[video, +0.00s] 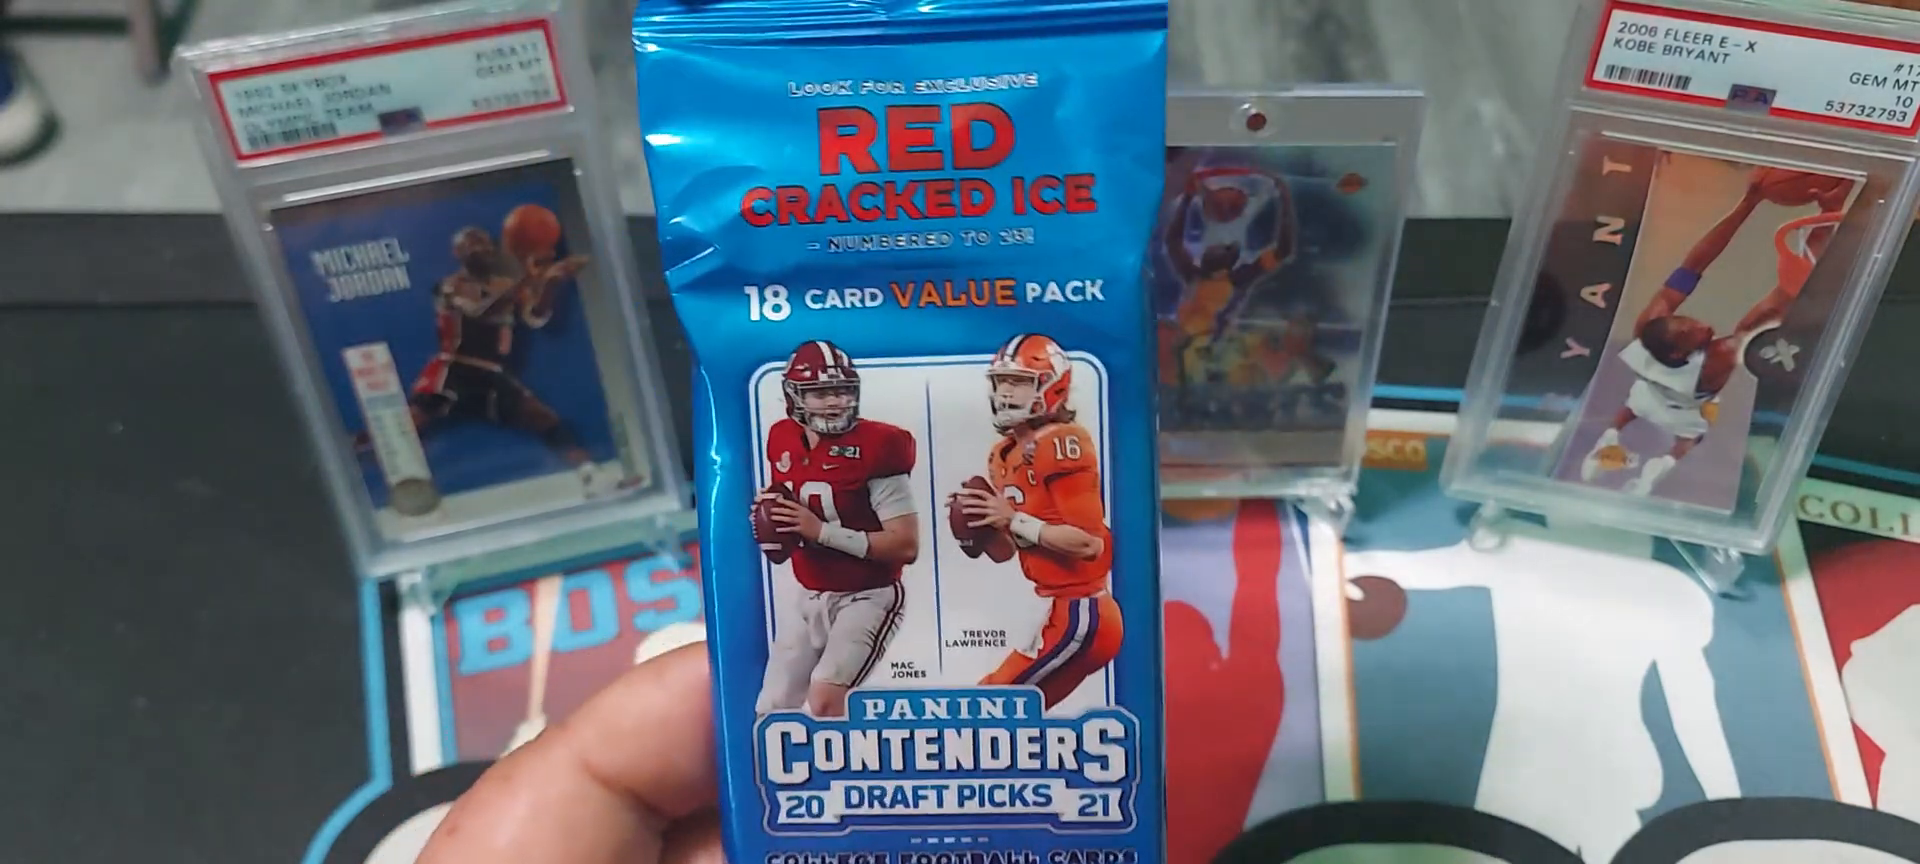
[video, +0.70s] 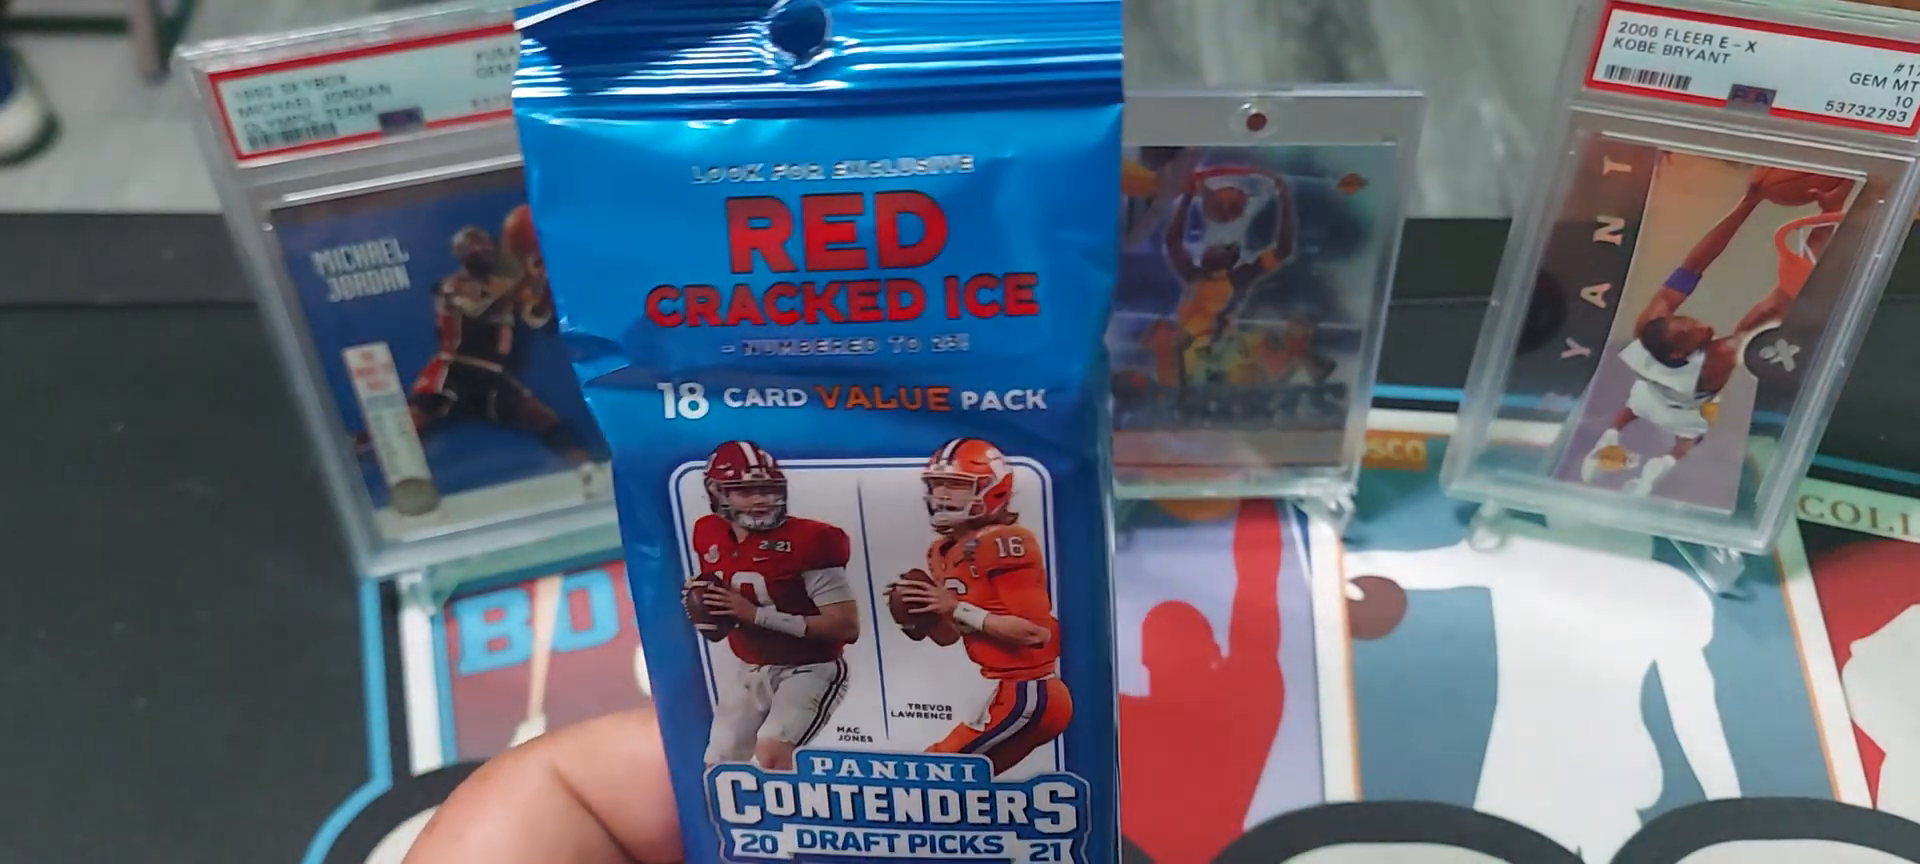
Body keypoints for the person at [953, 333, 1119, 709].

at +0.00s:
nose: (1004, 393)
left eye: (1017, 383)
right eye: (999, 382)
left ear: (1049, 387)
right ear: (992, 385)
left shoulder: (1062, 442)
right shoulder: (1002, 454)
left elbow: (1088, 542)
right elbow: (1002, 551)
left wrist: (1012, 519)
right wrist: (975, 523)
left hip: (1081, 614)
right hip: (1060, 612)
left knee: (985, 709)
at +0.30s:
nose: (1005, 433)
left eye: (1018, 424)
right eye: (1000, 422)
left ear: (1050, 429)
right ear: (992, 424)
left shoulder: (1061, 484)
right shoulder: (998, 491)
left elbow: (1079, 582)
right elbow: (994, 587)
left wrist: (1006, 556)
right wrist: (967, 559)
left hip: (1071, 654)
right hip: (1047, 650)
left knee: (968, 741)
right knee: (973, 745)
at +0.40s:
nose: (999, 461)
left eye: (1013, 451)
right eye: (995, 449)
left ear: (1045, 458)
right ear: (987, 453)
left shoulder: (1056, 513)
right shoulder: (991, 518)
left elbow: (1071, 610)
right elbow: (989, 611)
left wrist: (994, 579)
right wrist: (962, 589)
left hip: (1062, 681)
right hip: (1037, 677)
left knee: (958, 764)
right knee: (968, 770)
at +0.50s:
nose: (977, 490)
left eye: (991, 480)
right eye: (972, 479)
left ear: (1023, 485)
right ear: (964, 483)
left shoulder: (1040, 541)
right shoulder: (973, 547)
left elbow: (1059, 635)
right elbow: (972, 637)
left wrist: (983, 608)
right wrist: (943, 611)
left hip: (1052, 704)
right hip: (1028, 700)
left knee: (948, 782)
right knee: (957, 788)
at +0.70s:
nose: (941, 496)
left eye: (955, 487)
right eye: (936, 485)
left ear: (988, 492)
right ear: (927, 488)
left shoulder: (1008, 544)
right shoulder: (942, 551)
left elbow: (1035, 631)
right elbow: (946, 636)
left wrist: (955, 608)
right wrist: (916, 611)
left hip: (1030, 694)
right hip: (1008, 691)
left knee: (932, 773)